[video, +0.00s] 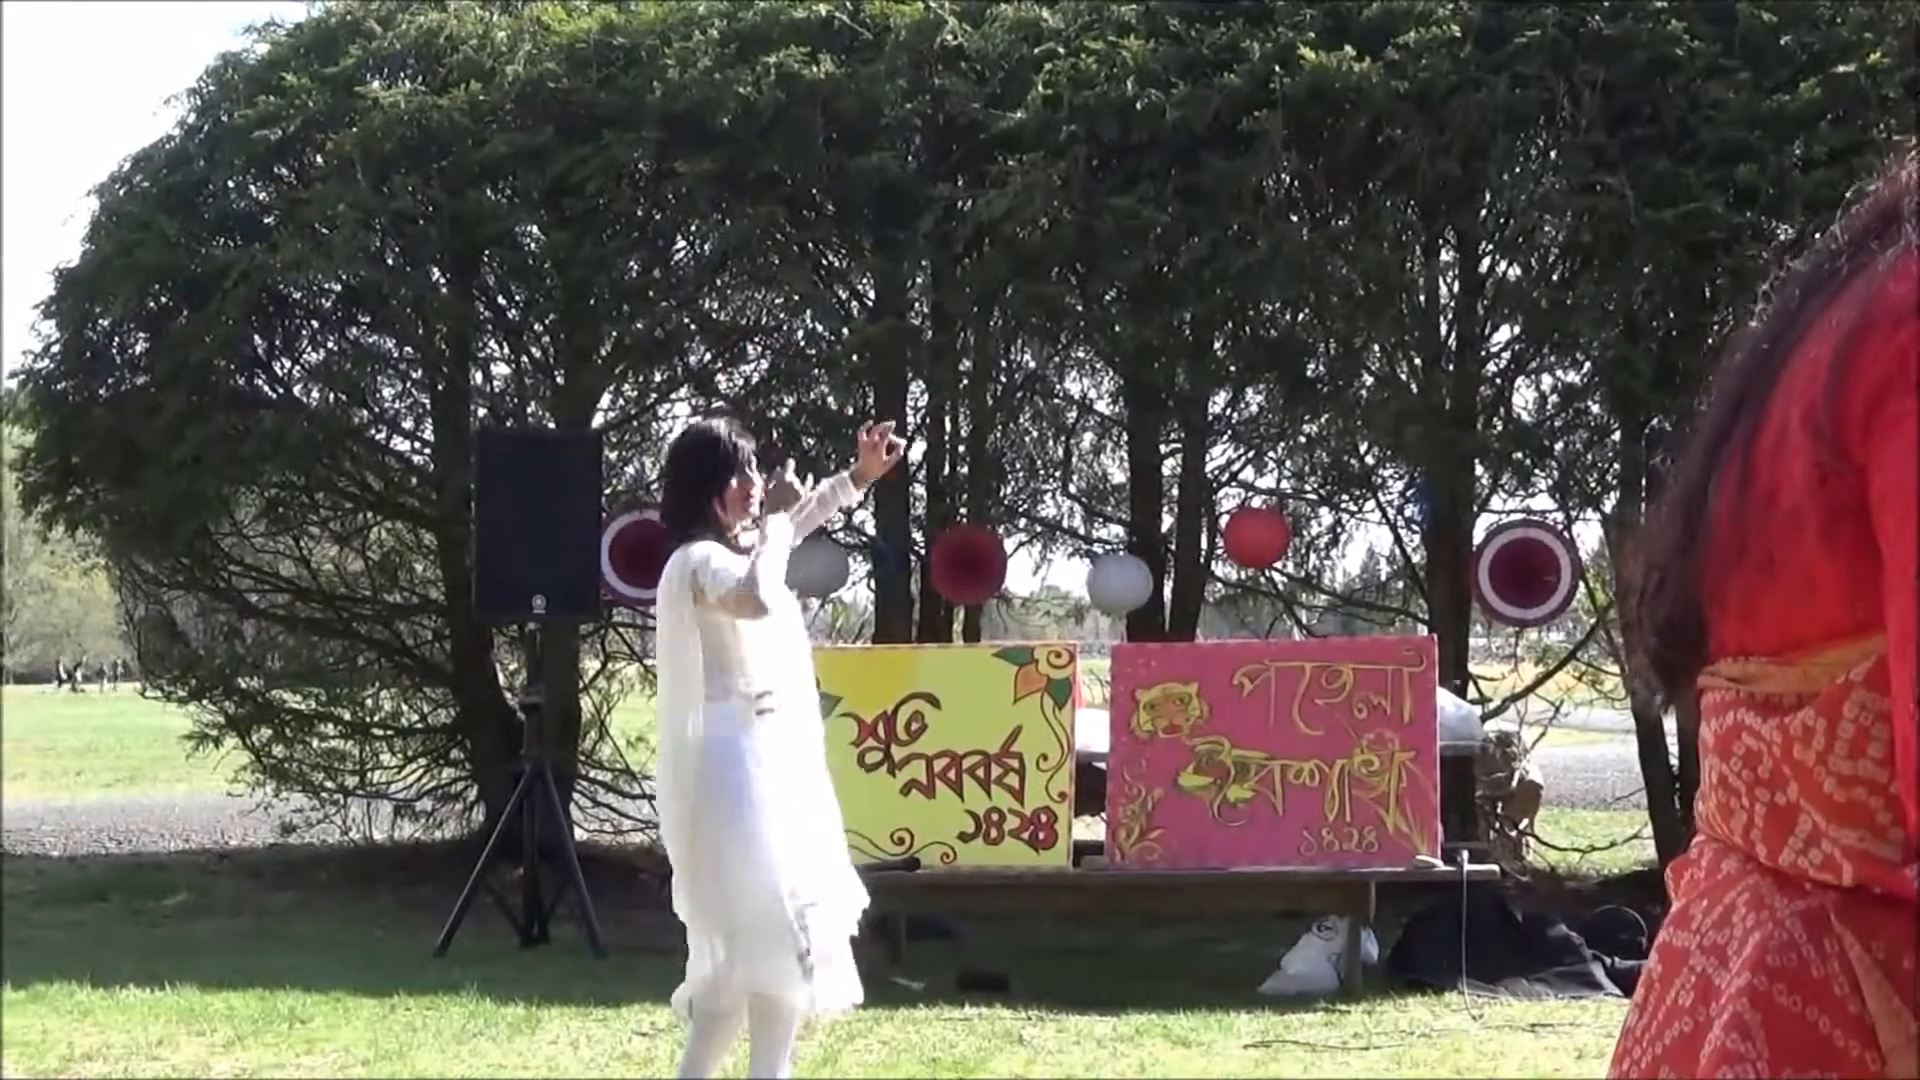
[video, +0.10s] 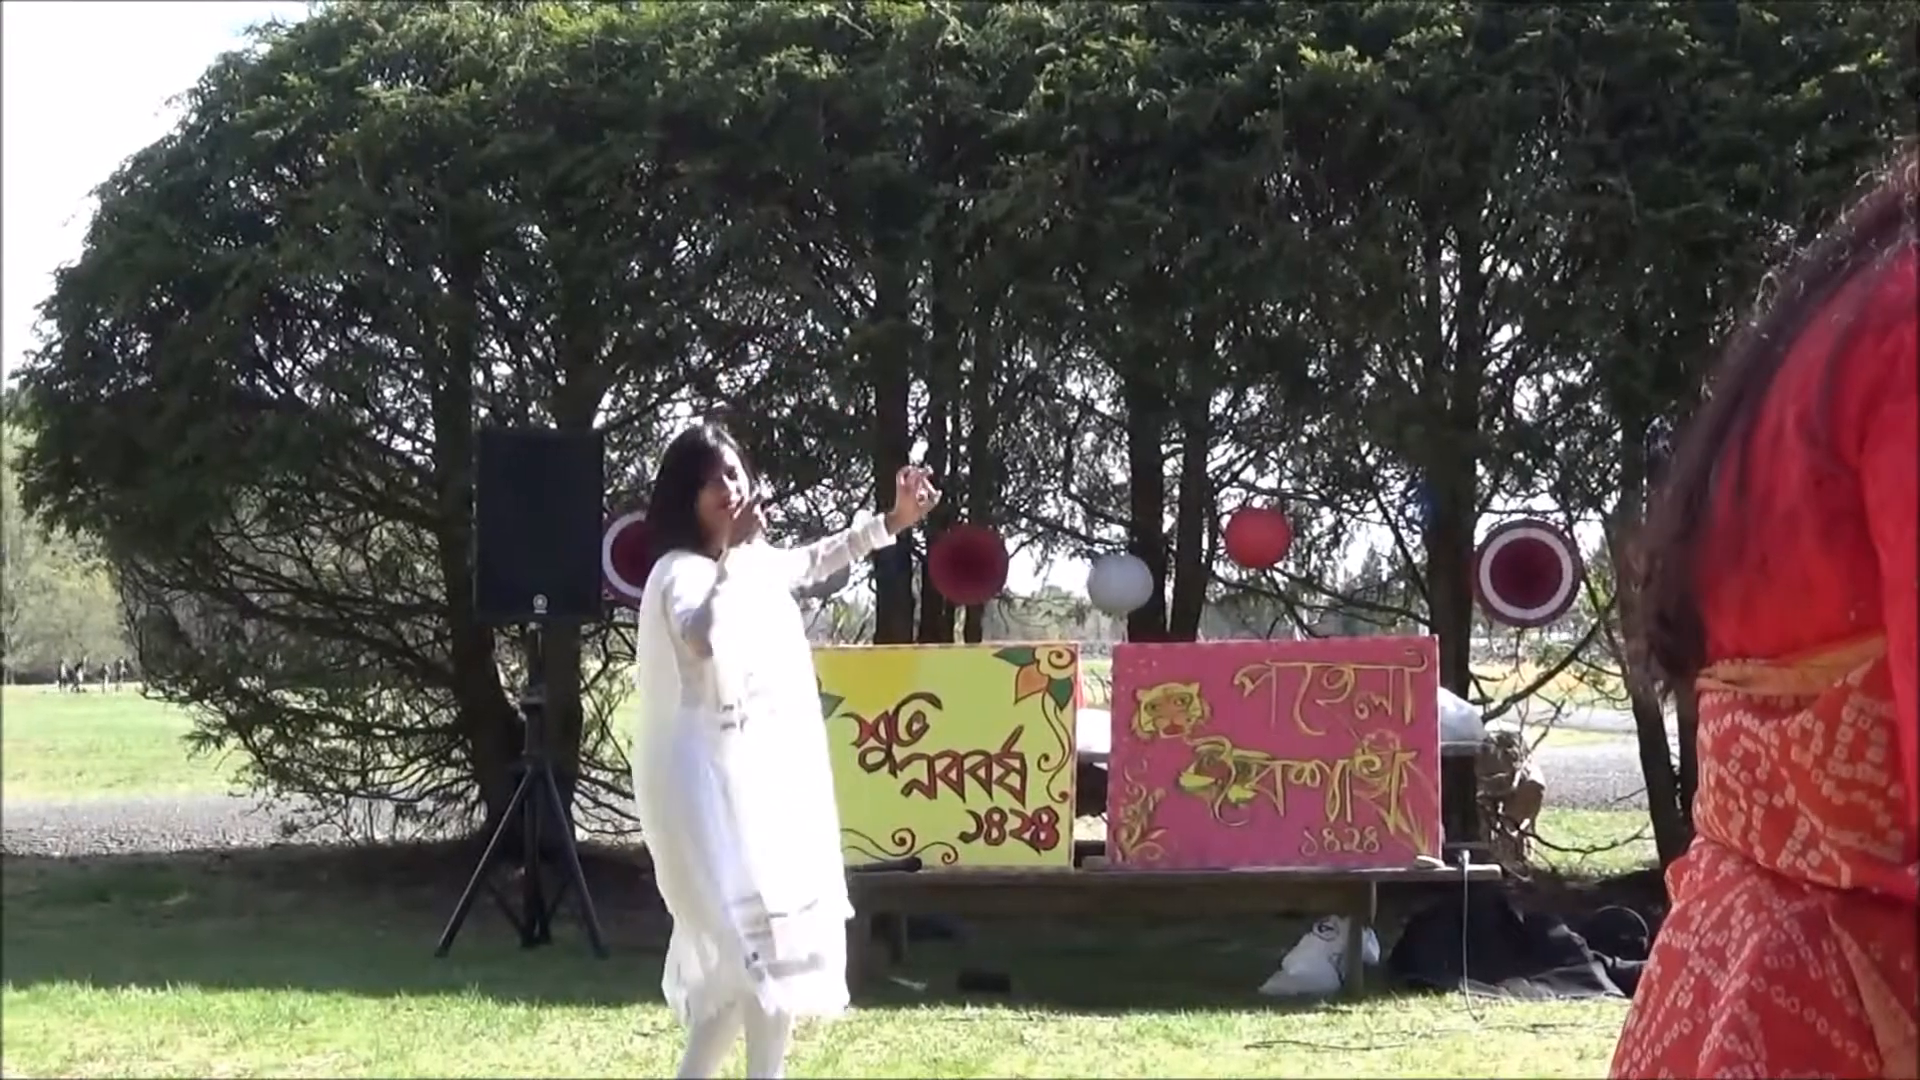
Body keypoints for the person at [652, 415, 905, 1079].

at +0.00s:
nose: (758, 486)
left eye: (755, 473)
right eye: (746, 475)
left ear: (730, 495)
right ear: (716, 492)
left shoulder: (735, 548)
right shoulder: (697, 560)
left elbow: (802, 516)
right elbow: (756, 596)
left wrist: (862, 475)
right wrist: (778, 523)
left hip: (758, 766)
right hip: (741, 771)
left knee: (737, 944)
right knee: (778, 936)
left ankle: (694, 1068)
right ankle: (771, 1070)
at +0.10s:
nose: (730, 491)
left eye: (735, 476)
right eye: (713, 481)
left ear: (749, 483)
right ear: (685, 498)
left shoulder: (757, 562)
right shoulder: (680, 571)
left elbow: (819, 559)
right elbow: (699, 638)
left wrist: (894, 520)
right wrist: (733, 550)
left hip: (767, 788)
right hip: (709, 792)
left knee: (752, 949)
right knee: (762, 942)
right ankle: (769, 1071)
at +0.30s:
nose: (699, 496)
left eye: (710, 483)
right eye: (685, 485)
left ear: (731, 496)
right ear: (663, 500)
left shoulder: (760, 574)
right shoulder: (646, 577)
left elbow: (841, 616)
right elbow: (571, 641)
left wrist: (944, 599)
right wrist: (664, 579)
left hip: (754, 782)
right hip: (674, 787)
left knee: (750, 943)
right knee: (677, 937)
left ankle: (702, 1069)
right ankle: (650, 1067)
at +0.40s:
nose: (683, 493)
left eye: (696, 479)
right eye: (670, 483)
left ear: (722, 494)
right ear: (651, 499)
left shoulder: (753, 577)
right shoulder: (627, 573)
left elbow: (844, 625)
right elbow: (523, 616)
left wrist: (952, 624)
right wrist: (618, 583)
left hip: (739, 794)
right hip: (649, 794)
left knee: (734, 961)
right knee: (616, 953)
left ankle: (700, 1070)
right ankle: (573, 1071)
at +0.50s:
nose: (669, 484)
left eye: (684, 471)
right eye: (656, 473)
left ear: (709, 488)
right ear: (638, 490)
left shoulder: (740, 577)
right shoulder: (610, 566)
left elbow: (833, 628)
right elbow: (490, 582)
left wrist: (948, 639)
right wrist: (554, 567)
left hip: (718, 788)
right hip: (622, 785)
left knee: (726, 953)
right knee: (572, 947)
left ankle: (696, 1074)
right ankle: (526, 1074)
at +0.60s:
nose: (654, 475)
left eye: (668, 463)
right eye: (640, 463)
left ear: (691, 481)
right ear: (620, 480)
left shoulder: (719, 570)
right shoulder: (585, 544)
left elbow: (813, 629)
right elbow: (464, 550)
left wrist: (928, 652)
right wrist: (506, 545)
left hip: (697, 795)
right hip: (589, 791)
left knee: (711, 960)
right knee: (553, 958)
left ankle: (702, 1074)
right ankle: (526, 1076)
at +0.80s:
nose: (633, 479)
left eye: (645, 468)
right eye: (617, 468)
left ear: (662, 484)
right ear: (593, 483)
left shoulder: (686, 569)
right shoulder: (554, 552)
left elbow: (783, 635)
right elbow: (441, 568)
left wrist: (894, 664)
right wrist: (477, 533)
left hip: (659, 793)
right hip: (553, 791)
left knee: (680, 961)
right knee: (532, 965)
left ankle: (691, 1077)